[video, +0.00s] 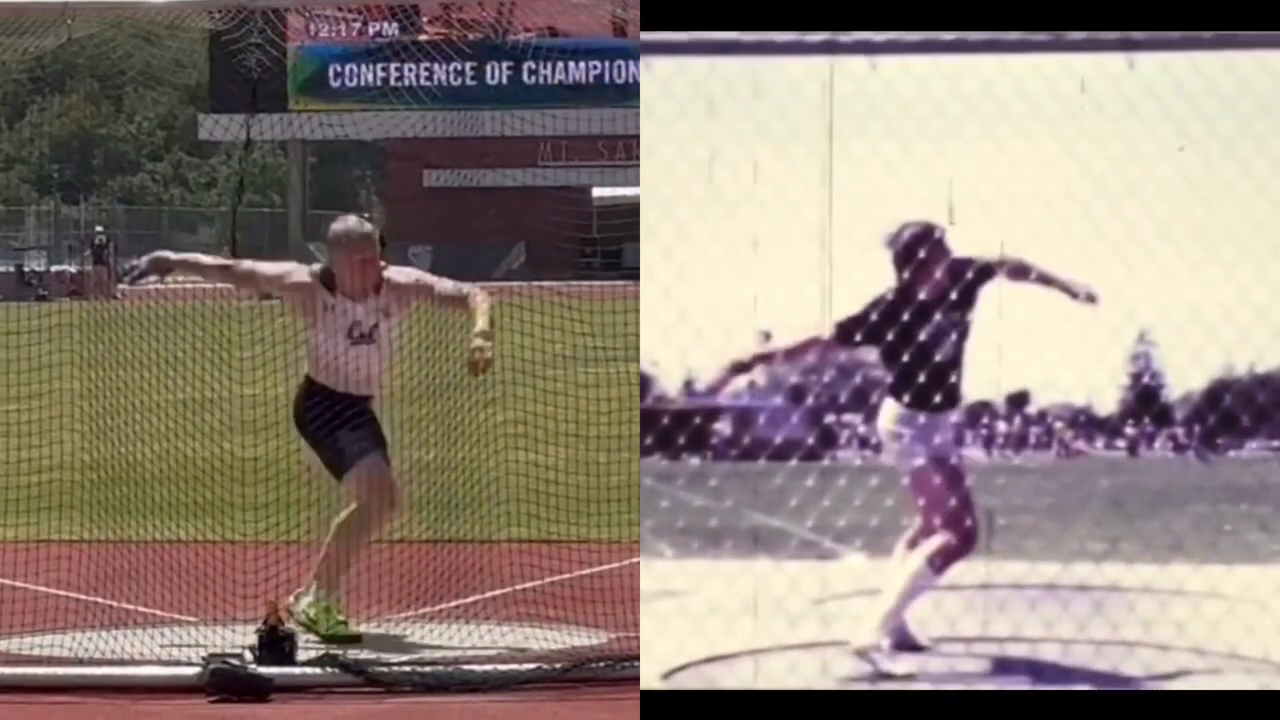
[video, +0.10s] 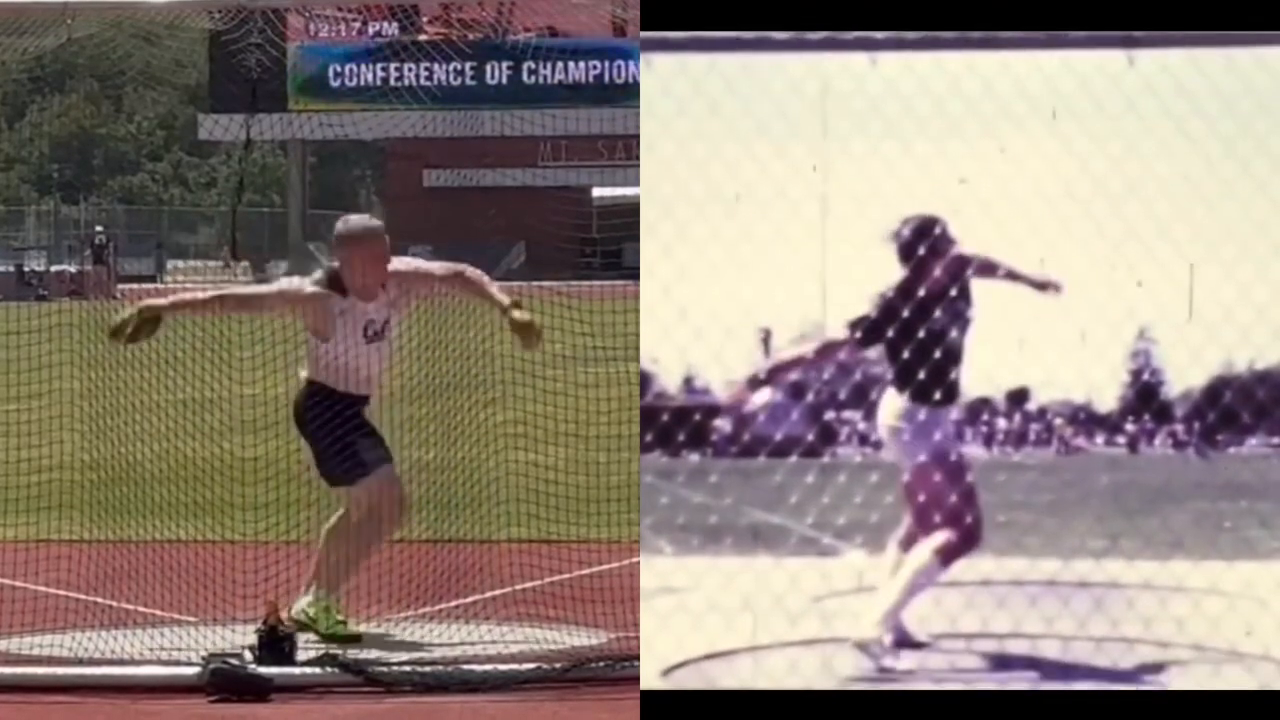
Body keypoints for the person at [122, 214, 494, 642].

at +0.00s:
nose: (374, 270)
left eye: (376, 261)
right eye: (364, 263)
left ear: (380, 259)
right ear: (338, 264)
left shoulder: (397, 284)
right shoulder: (308, 287)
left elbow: (477, 296)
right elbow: (235, 271)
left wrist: (482, 335)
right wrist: (172, 261)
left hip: (360, 408)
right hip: (323, 404)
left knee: (384, 500)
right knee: (377, 494)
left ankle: (319, 599)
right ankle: (317, 600)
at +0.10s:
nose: (381, 266)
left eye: (384, 256)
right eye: (371, 257)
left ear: (387, 257)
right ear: (343, 261)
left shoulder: (398, 282)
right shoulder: (314, 295)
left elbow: (463, 274)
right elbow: (233, 300)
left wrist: (510, 308)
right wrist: (162, 306)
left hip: (356, 407)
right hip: (325, 405)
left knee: (390, 509)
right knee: (376, 499)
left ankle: (316, 605)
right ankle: (315, 602)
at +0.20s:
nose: (395, 250)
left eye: (393, 242)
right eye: (388, 243)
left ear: (380, 248)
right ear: (361, 250)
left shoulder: (381, 269)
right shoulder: (331, 295)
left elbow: (410, 253)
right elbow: (258, 325)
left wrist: (468, 268)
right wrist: (191, 356)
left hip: (343, 400)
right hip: (332, 401)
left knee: (351, 503)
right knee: (390, 505)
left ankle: (312, 602)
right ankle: (319, 600)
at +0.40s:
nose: (400, 223)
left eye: (397, 215)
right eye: (393, 217)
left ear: (357, 226)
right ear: (370, 228)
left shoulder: (336, 239)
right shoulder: (351, 285)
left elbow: (301, 237)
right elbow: (311, 336)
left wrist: (341, 233)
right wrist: (284, 389)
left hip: (322, 387)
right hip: (353, 389)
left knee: (327, 500)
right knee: (381, 502)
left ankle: (304, 604)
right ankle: (318, 593)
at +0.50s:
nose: (384, 214)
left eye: (379, 206)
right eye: (383, 206)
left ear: (339, 204)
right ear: (380, 208)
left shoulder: (306, 227)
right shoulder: (382, 261)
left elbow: (241, 240)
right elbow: (391, 325)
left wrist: (257, 213)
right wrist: (404, 379)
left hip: (309, 368)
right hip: (361, 371)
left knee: (307, 487)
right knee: (359, 490)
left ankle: (304, 596)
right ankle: (325, 584)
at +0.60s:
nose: (352, 203)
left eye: (341, 193)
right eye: (359, 193)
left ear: (325, 193)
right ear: (371, 194)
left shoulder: (294, 227)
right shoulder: (393, 242)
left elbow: (224, 248)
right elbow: (459, 283)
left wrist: (206, 208)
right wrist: (522, 313)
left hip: (301, 359)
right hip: (354, 362)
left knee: (298, 481)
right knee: (348, 481)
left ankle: (303, 589)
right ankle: (335, 571)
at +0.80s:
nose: (363, 191)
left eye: (355, 179)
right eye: (360, 180)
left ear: (327, 190)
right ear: (366, 185)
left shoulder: (302, 228)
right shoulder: (393, 220)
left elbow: (226, 251)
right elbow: (474, 222)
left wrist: (210, 203)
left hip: (301, 351)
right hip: (352, 352)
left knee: (294, 469)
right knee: (347, 462)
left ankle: (303, 574)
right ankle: (358, 545)